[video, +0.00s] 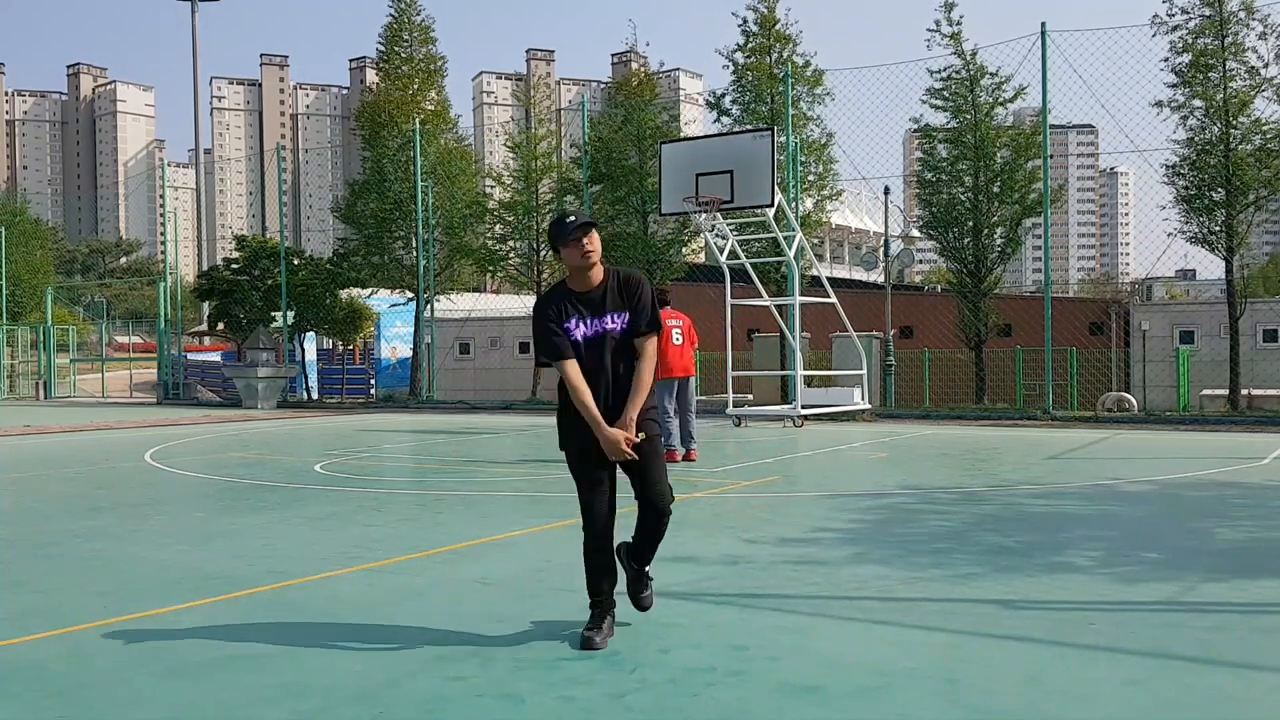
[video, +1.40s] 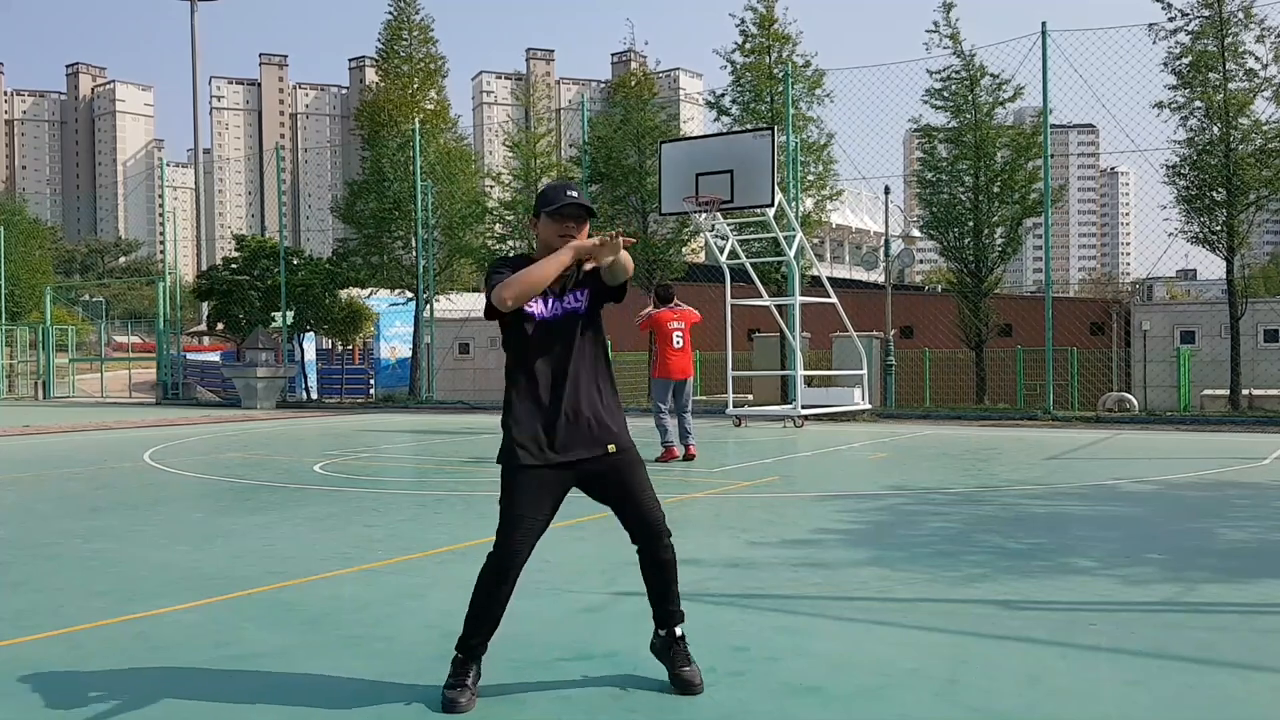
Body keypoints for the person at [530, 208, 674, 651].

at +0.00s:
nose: (583, 245)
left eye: (587, 236)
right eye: (572, 242)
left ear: (600, 240)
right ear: (559, 254)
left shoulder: (634, 286)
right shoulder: (550, 306)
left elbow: (647, 356)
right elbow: (572, 377)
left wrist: (629, 418)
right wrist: (602, 431)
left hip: (637, 414)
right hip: (584, 422)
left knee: (659, 502)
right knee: (597, 520)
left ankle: (637, 560)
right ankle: (601, 610)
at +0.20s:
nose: (623, 249)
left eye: (628, 241)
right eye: (615, 241)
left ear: (630, 241)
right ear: (589, 236)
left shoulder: (639, 291)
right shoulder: (559, 289)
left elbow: (655, 356)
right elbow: (583, 346)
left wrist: (642, 392)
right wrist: (633, 380)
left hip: (640, 417)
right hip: (588, 422)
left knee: (658, 510)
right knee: (599, 514)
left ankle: (657, 617)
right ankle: (601, 608)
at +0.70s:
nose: (596, 241)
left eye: (605, 233)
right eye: (589, 233)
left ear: (629, 232)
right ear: (582, 235)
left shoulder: (652, 284)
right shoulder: (569, 285)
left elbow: (639, 353)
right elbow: (559, 344)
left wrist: (594, 419)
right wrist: (572, 383)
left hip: (630, 420)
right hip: (574, 418)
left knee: (643, 534)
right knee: (522, 507)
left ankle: (669, 643)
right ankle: (569, 602)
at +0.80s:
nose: (576, 236)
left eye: (585, 226)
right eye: (569, 227)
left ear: (610, 224)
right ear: (563, 230)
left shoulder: (635, 275)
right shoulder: (561, 284)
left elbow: (620, 350)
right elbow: (542, 344)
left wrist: (574, 420)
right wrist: (544, 379)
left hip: (612, 424)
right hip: (559, 422)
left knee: (635, 534)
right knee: (509, 520)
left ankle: (675, 642)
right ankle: (514, 641)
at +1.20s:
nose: (546, 233)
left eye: (554, 224)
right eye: (535, 223)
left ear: (565, 230)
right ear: (511, 229)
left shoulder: (577, 265)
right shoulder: (488, 280)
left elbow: (591, 315)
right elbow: (469, 338)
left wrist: (554, 344)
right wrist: (534, 309)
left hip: (587, 425)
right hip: (522, 436)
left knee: (630, 516)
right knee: (503, 554)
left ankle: (625, 619)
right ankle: (479, 668)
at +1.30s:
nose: (560, 227)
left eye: (568, 218)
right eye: (549, 217)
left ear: (577, 227)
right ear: (524, 221)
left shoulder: (582, 267)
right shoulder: (497, 271)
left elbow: (608, 283)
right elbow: (488, 310)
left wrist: (588, 282)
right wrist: (553, 265)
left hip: (591, 424)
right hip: (527, 435)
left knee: (641, 517)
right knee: (507, 554)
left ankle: (646, 619)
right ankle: (475, 663)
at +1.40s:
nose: (576, 229)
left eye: (582, 221)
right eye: (564, 219)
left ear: (589, 228)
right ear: (536, 224)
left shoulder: (592, 271)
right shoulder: (508, 273)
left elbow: (623, 273)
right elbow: (506, 298)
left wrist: (613, 253)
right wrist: (572, 251)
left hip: (603, 437)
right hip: (534, 444)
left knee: (654, 530)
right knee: (510, 550)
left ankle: (671, 637)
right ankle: (467, 662)